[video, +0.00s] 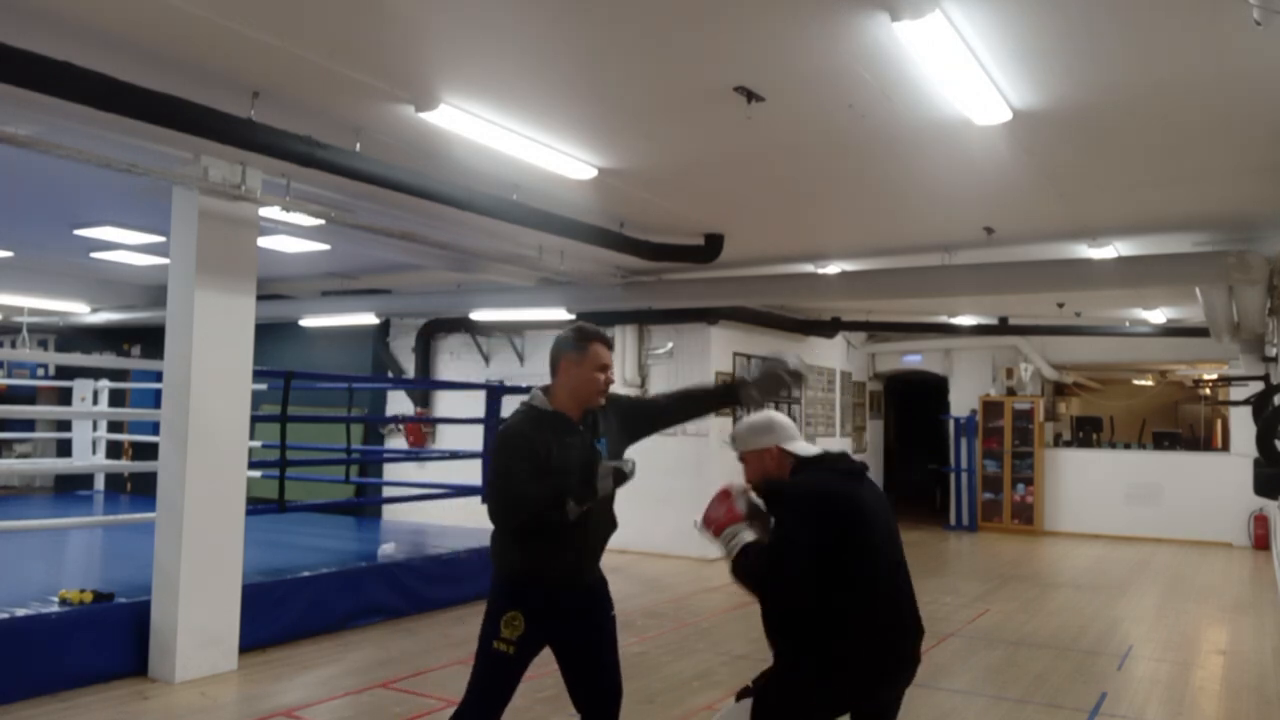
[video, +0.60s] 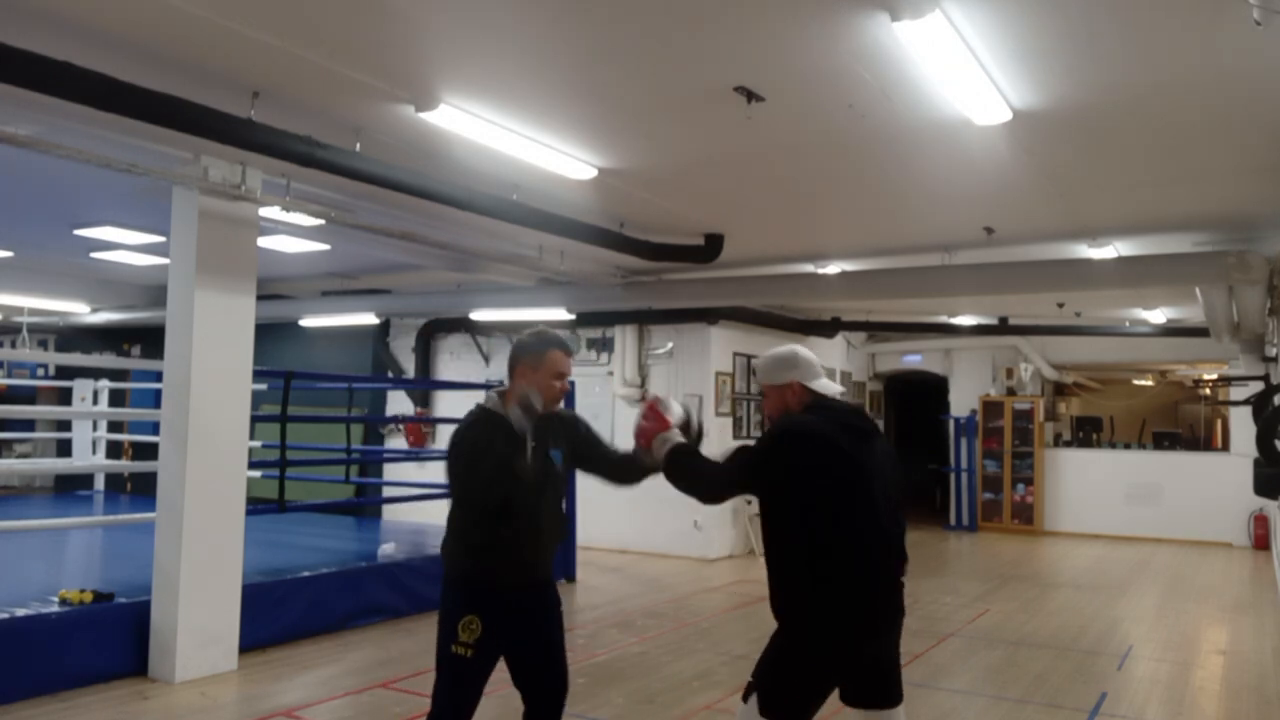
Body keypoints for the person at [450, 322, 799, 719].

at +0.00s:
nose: (610, 379)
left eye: (611, 370)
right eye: (601, 368)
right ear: (565, 367)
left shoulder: (608, 419)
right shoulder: (518, 435)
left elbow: (669, 409)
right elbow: (510, 517)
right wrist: (579, 499)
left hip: (583, 590)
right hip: (522, 592)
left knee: (602, 708)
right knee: (481, 709)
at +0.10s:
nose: (606, 383)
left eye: (607, 374)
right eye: (597, 372)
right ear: (561, 370)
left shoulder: (602, 421)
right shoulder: (518, 436)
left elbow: (648, 420)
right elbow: (514, 522)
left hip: (582, 587)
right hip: (526, 593)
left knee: (604, 706)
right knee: (488, 708)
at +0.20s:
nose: (594, 384)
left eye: (595, 374)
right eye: (584, 374)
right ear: (549, 375)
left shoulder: (589, 430)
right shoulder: (513, 431)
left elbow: (625, 484)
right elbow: (512, 512)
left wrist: (601, 504)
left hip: (575, 588)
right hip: (518, 593)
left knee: (600, 704)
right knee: (487, 708)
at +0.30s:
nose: (578, 393)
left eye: (580, 384)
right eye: (571, 382)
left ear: (543, 380)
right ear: (536, 378)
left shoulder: (562, 435)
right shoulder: (501, 434)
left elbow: (581, 496)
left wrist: (607, 533)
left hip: (558, 589)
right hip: (502, 593)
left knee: (591, 701)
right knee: (474, 709)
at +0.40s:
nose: (564, 393)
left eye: (565, 384)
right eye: (555, 383)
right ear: (519, 379)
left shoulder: (554, 434)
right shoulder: (485, 437)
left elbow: (578, 478)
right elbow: (531, 488)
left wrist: (629, 495)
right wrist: (593, 453)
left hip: (546, 592)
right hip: (487, 597)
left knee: (580, 699)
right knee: (465, 710)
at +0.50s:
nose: (560, 390)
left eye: (561, 381)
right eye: (553, 380)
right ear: (517, 374)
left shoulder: (555, 426)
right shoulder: (468, 440)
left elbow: (605, 454)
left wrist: (663, 455)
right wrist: (544, 469)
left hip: (540, 590)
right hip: (481, 594)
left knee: (561, 696)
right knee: (459, 708)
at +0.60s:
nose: (565, 388)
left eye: (567, 379)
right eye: (557, 377)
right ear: (522, 373)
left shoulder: (562, 427)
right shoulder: (477, 430)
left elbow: (620, 469)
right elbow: (477, 507)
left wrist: (656, 449)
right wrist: (518, 422)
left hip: (533, 588)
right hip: (475, 590)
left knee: (548, 696)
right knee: (453, 705)